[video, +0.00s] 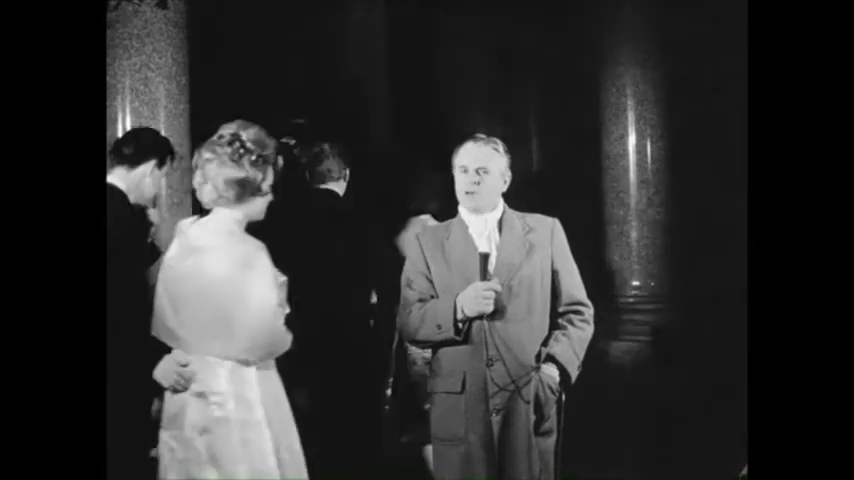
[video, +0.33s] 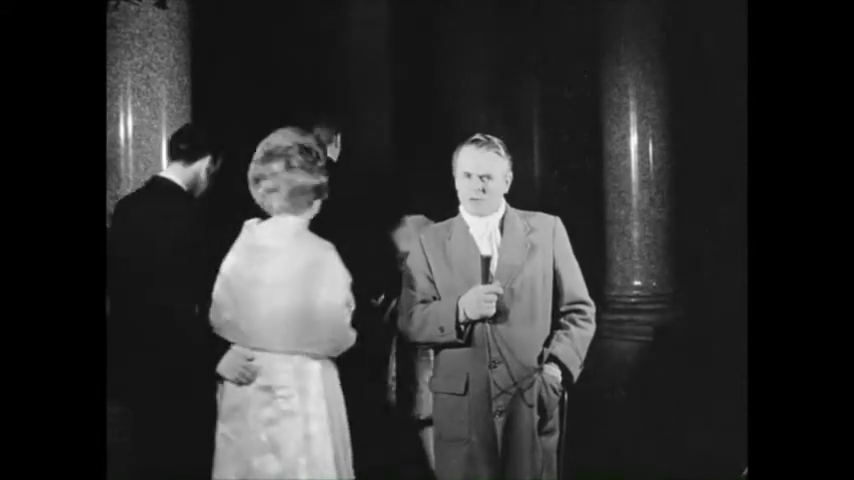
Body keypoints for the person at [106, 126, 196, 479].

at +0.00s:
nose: (162, 186)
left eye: (164, 176)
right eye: (163, 174)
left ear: (127, 161)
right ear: (150, 168)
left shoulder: (124, 214)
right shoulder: (122, 218)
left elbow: (125, 308)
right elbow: (116, 312)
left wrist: (161, 356)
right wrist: (152, 360)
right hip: (119, 393)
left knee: (128, 464)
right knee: (125, 465)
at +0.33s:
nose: (211, 182)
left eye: (214, 171)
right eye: (214, 170)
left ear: (172, 156)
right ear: (206, 164)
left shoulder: (128, 206)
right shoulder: (185, 213)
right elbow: (176, 305)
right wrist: (218, 354)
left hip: (135, 355)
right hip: (176, 363)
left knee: (144, 451)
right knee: (184, 456)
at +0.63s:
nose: (261, 174)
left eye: (263, 165)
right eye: (262, 165)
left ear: (217, 158)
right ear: (257, 165)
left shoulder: (178, 207)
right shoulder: (247, 215)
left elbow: (179, 298)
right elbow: (243, 299)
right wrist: (280, 352)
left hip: (186, 358)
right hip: (236, 364)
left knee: (193, 455)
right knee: (241, 458)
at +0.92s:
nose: (300, 166)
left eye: (300, 160)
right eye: (302, 159)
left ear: (255, 154)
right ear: (297, 159)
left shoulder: (223, 199)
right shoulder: (295, 211)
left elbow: (212, 282)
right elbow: (306, 287)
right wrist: (335, 339)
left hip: (234, 335)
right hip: (285, 342)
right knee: (283, 445)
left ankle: (249, 468)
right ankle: (278, 470)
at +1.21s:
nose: (327, 176)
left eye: (327, 168)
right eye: (326, 167)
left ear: (283, 166)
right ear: (321, 167)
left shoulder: (255, 206)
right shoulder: (324, 213)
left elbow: (244, 285)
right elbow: (340, 288)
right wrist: (382, 332)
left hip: (269, 338)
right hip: (321, 338)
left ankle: (286, 470)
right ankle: (327, 469)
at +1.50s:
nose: (345, 171)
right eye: (345, 164)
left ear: (300, 162)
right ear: (342, 162)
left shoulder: (276, 202)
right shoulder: (350, 204)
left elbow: (259, 270)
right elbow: (366, 272)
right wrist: (403, 314)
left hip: (290, 321)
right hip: (347, 326)